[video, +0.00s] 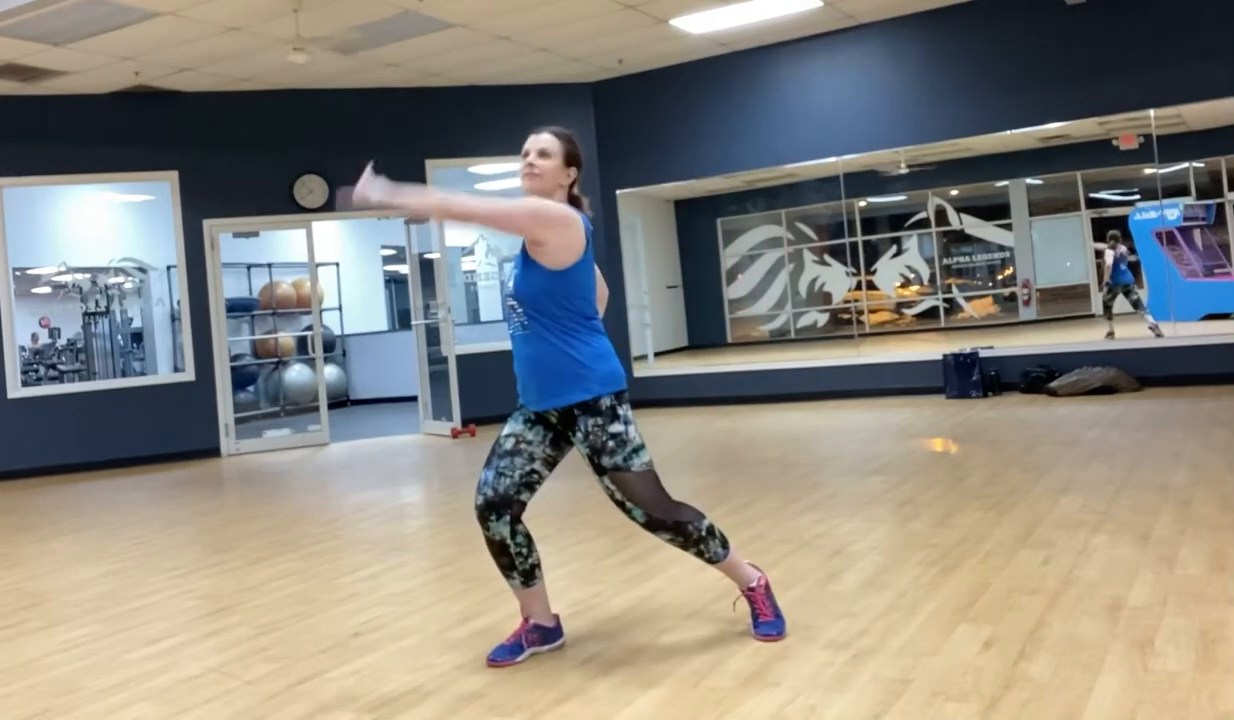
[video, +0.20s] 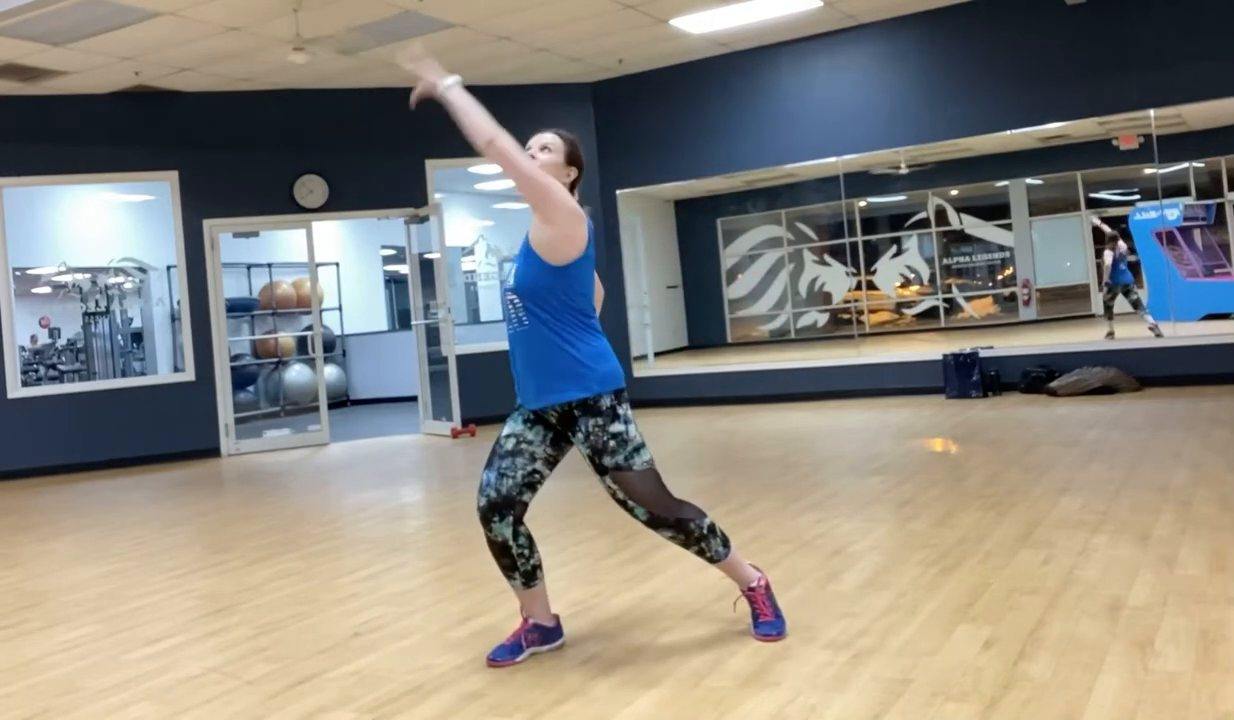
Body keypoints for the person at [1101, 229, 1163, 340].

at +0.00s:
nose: (1108, 241)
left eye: (1109, 240)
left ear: (1109, 240)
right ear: (1119, 239)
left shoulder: (1109, 250)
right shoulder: (1123, 249)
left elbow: (1108, 264)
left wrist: (1106, 279)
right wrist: (1092, 245)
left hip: (1115, 280)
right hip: (1128, 279)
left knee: (1107, 303)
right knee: (1138, 304)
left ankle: (1110, 330)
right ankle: (1152, 323)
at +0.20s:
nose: (1109, 243)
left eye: (1109, 241)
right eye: (1110, 241)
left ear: (1109, 241)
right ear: (1117, 239)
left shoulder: (1108, 251)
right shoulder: (1123, 246)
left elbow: (1108, 265)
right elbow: (1110, 232)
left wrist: (1105, 280)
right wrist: (1099, 224)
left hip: (1114, 280)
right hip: (1127, 278)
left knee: (1108, 304)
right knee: (1137, 303)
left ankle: (1111, 330)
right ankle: (1152, 324)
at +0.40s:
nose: (1109, 242)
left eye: (1108, 240)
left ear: (1107, 241)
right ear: (1117, 239)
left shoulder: (1107, 251)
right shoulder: (1123, 248)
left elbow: (1104, 265)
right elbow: (1121, 232)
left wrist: (1104, 281)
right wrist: (1115, 218)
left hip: (1113, 281)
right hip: (1127, 278)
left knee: (1108, 304)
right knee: (1138, 304)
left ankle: (1110, 330)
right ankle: (1152, 323)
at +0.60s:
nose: (1106, 242)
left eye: (1106, 240)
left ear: (1106, 241)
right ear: (1117, 239)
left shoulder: (1105, 252)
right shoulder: (1123, 248)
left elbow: (1101, 265)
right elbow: (1126, 232)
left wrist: (1103, 281)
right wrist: (1126, 215)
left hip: (1112, 282)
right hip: (1127, 281)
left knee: (1109, 306)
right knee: (1138, 304)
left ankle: (1110, 330)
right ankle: (1152, 324)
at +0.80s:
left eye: (1107, 240)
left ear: (1105, 241)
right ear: (1117, 240)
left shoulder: (1105, 252)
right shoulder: (1123, 248)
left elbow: (1098, 265)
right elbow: (1129, 232)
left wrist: (1101, 281)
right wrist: (1131, 215)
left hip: (1112, 282)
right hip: (1127, 280)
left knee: (1109, 305)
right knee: (1139, 303)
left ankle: (1110, 330)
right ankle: (1151, 324)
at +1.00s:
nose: (1118, 239)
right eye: (1117, 237)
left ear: (1105, 241)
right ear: (1117, 239)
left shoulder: (1104, 252)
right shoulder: (1124, 247)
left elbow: (1093, 265)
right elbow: (1133, 234)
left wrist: (1098, 280)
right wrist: (1138, 221)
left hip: (1113, 281)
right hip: (1128, 279)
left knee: (1110, 306)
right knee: (1139, 301)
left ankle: (1111, 330)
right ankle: (1151, 324)